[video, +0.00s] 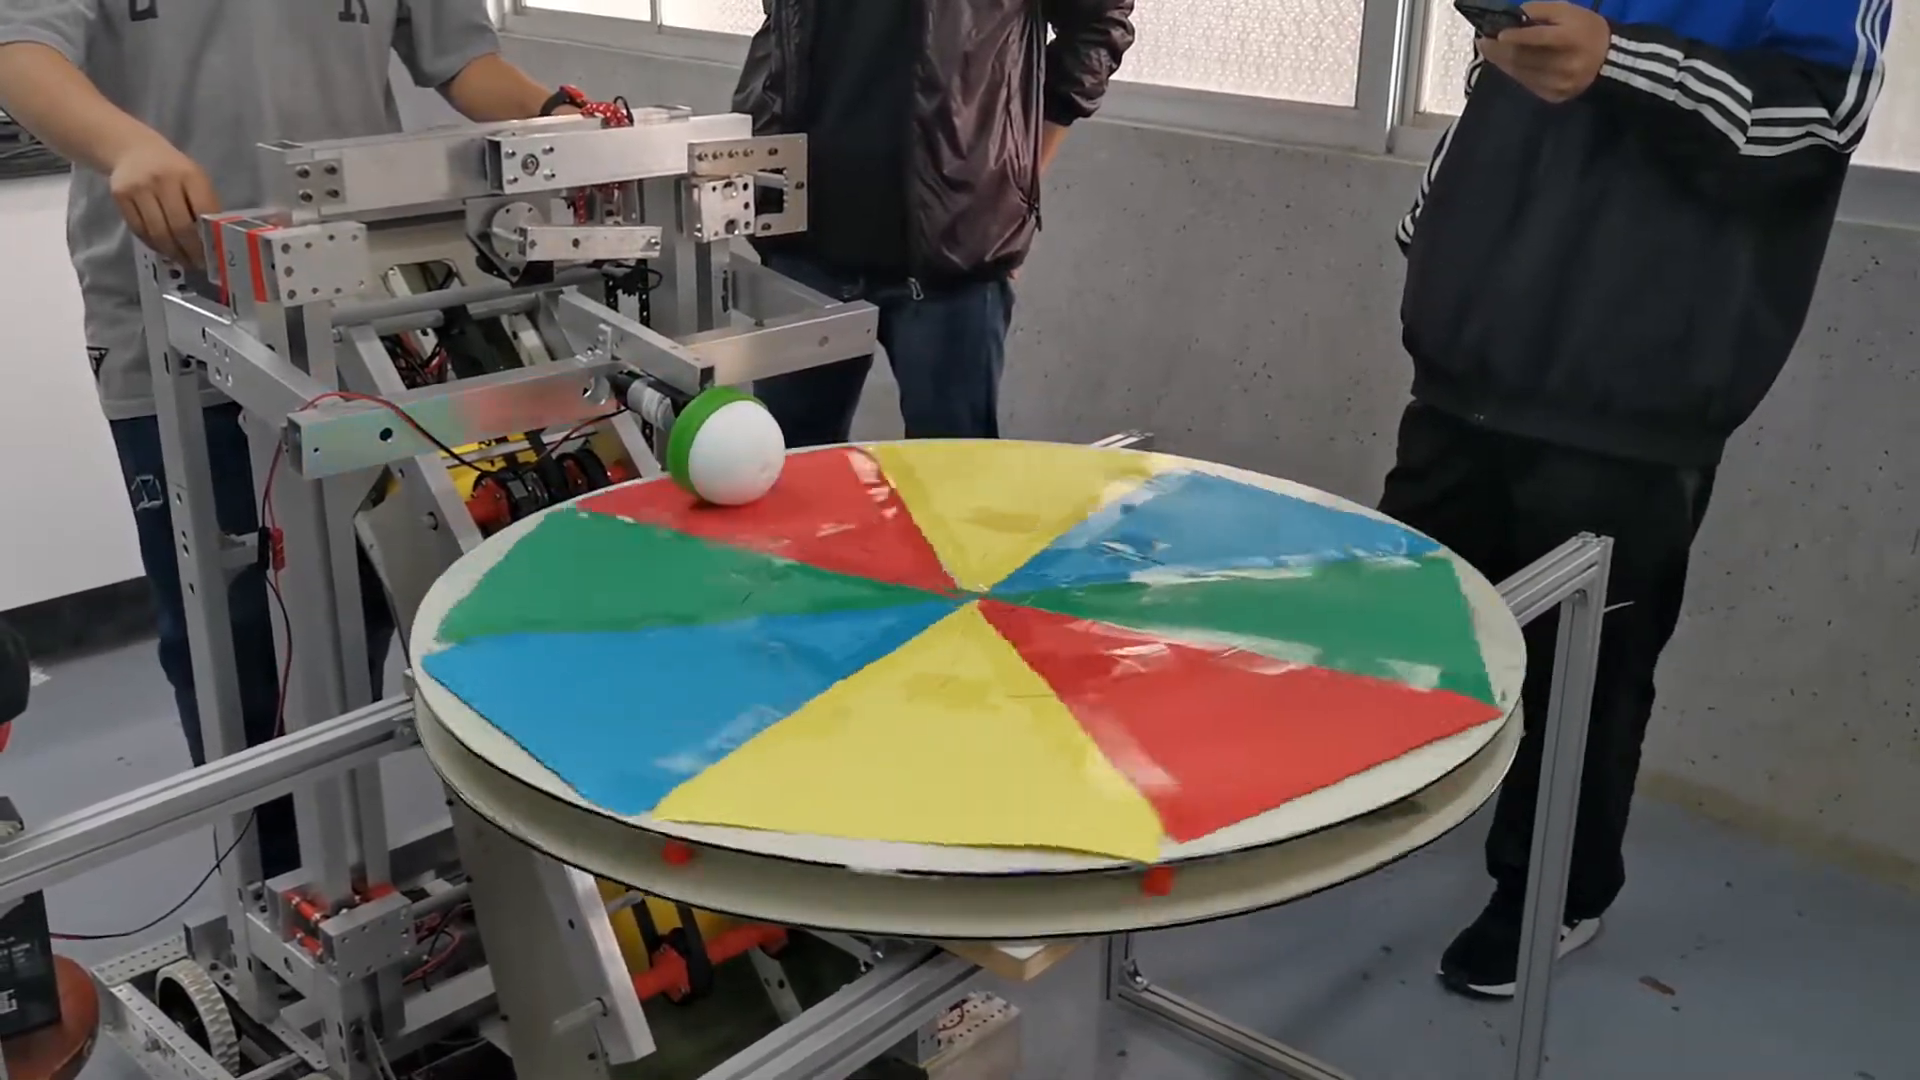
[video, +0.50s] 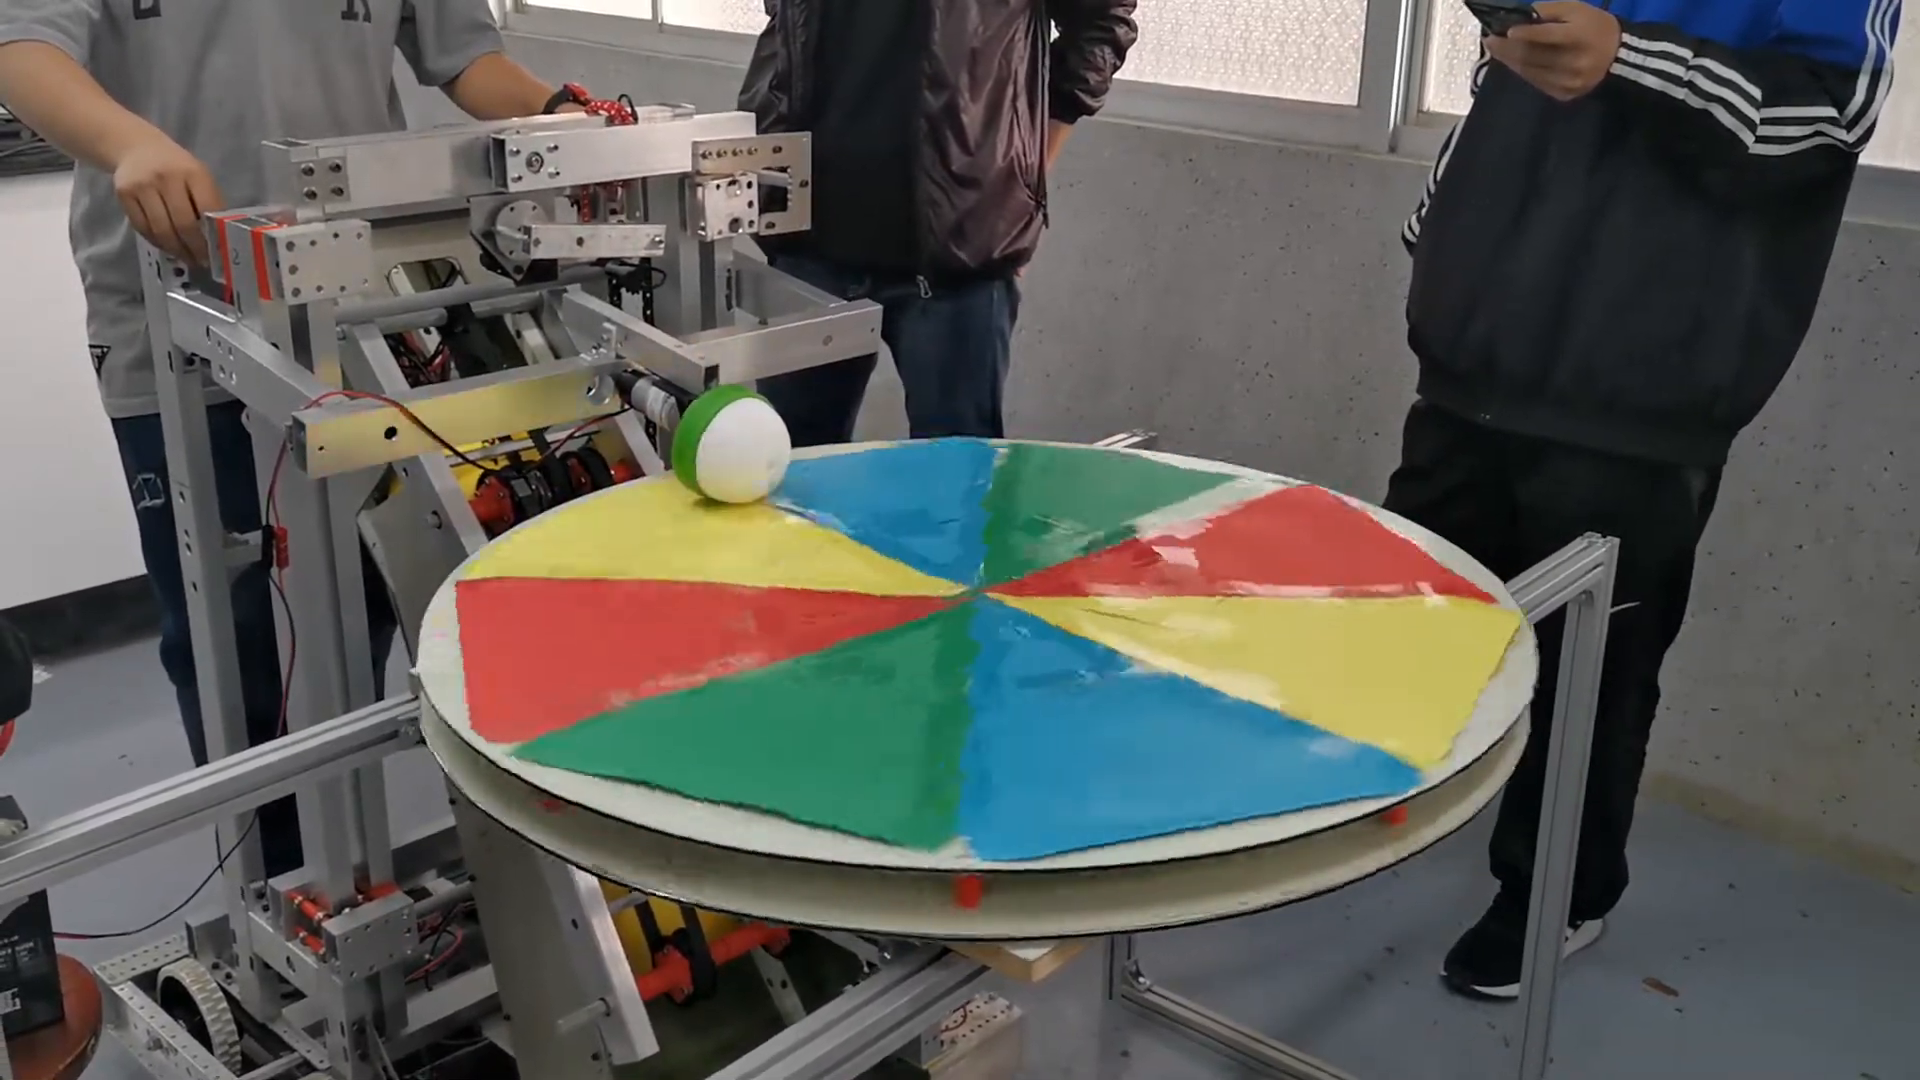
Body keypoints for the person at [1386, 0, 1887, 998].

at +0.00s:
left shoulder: (1826, 8)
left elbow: (1813, 124)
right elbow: (1506, 75)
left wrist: (1613, 57)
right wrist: (1424, 242)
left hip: (1649, 356)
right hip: (1484, 309)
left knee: (1587, 652)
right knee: (1413, 598)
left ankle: (1552, 890)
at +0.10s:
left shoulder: (1826, 9)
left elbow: (1817, 122)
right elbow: (1506, 52)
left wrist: (1615, 57)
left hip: (1651, 354)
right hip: (1488, 306)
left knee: (1587, 650)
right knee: (1411, 596)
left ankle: (1554, 890)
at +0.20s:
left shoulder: (1830, 8)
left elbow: (1818, 121)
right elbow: (1507, 50)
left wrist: (1617, 57)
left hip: (1653, 350)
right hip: (1489, 303)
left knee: (1589, 649)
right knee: (1415, 597)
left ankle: (1555, 890)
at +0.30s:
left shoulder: (1830, 9)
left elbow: (1821, 120)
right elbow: (1509, 36)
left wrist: (1618, 56)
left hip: (1655, 352)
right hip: (1489, 304)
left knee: (1590, 650)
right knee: (1415, 596)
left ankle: (1555, 891)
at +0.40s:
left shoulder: (1834, 9)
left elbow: (1819, 122)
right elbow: (1510, 42)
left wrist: (1620, 56)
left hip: (1657, 352)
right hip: (1491, 304)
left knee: (1593, 649)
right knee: (1414, 599)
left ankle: (1557, 891)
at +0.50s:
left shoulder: (1834, 10)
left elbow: (1825, 120)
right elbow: (1511, 49)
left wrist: (1622, 55)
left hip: (1656, 352)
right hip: (1491, 304)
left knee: (1593, 649)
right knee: (1416, 600)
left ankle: (1556, 891)